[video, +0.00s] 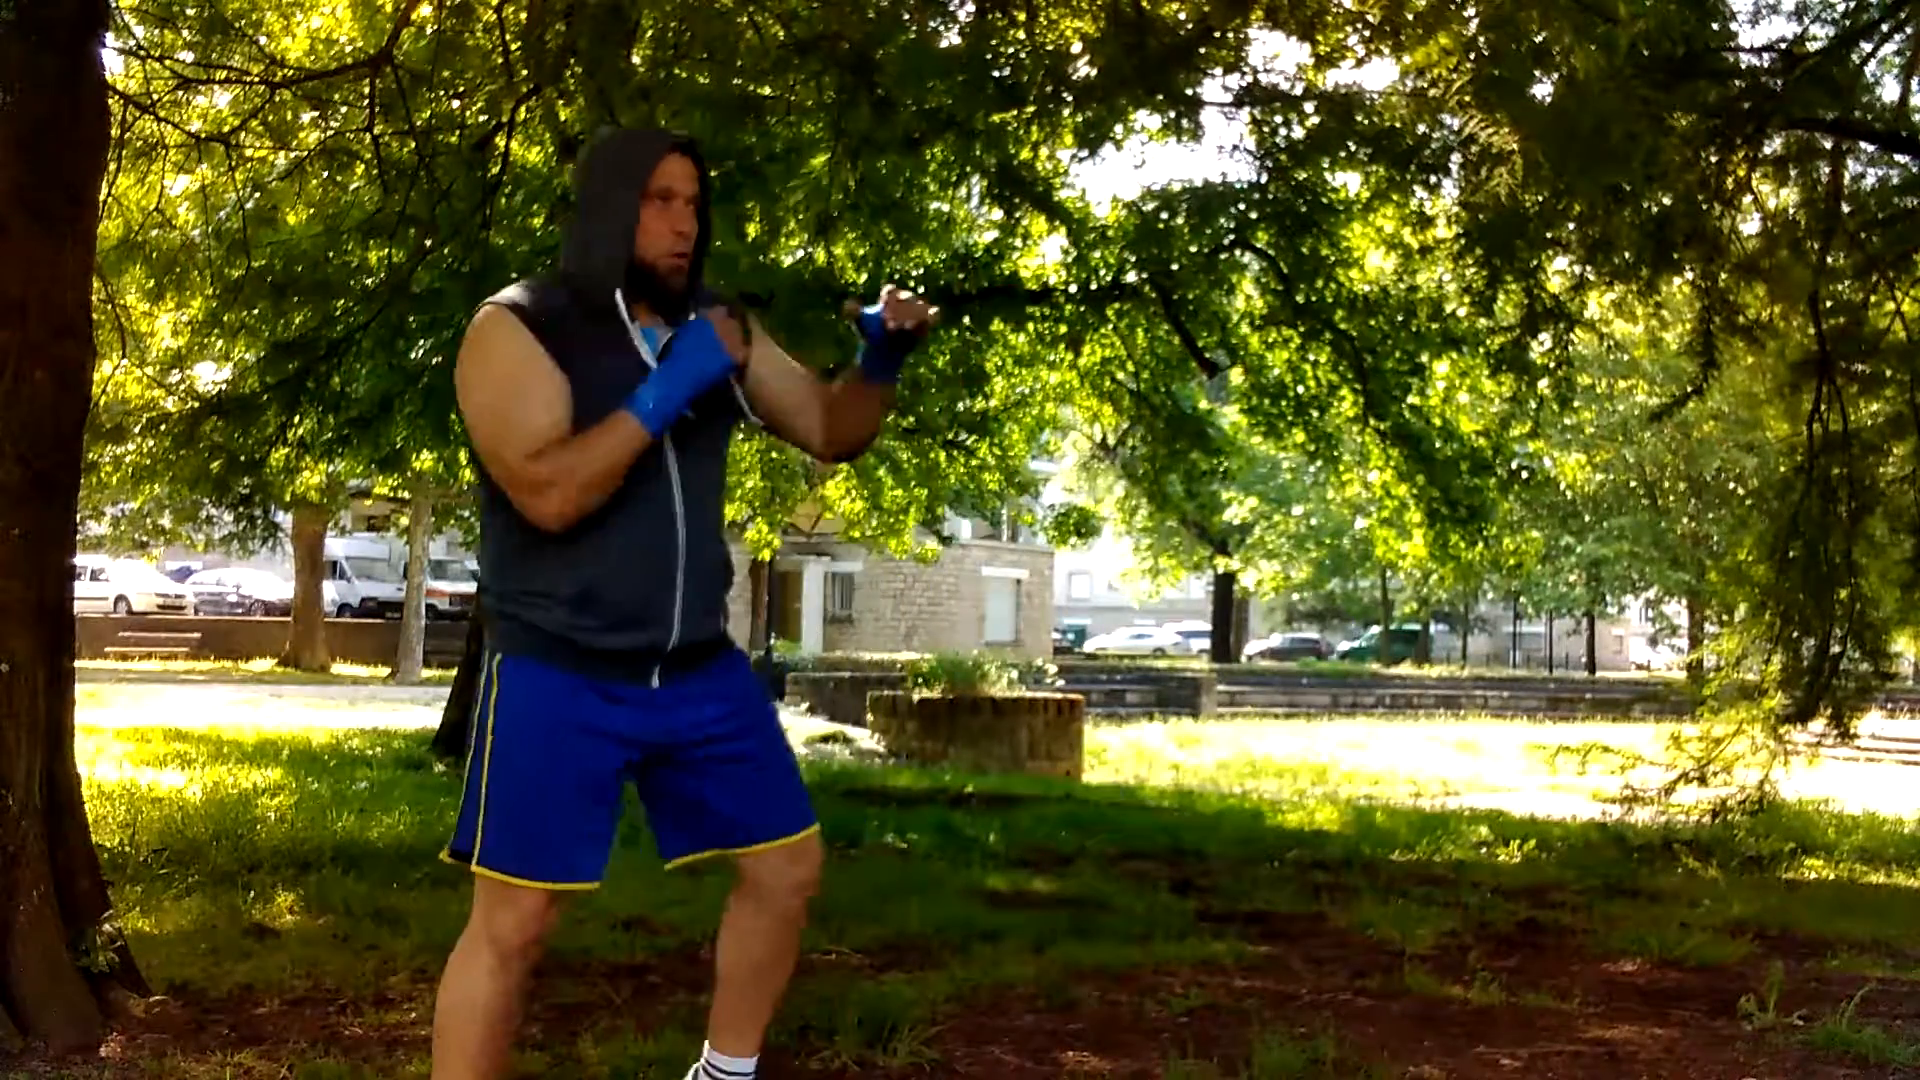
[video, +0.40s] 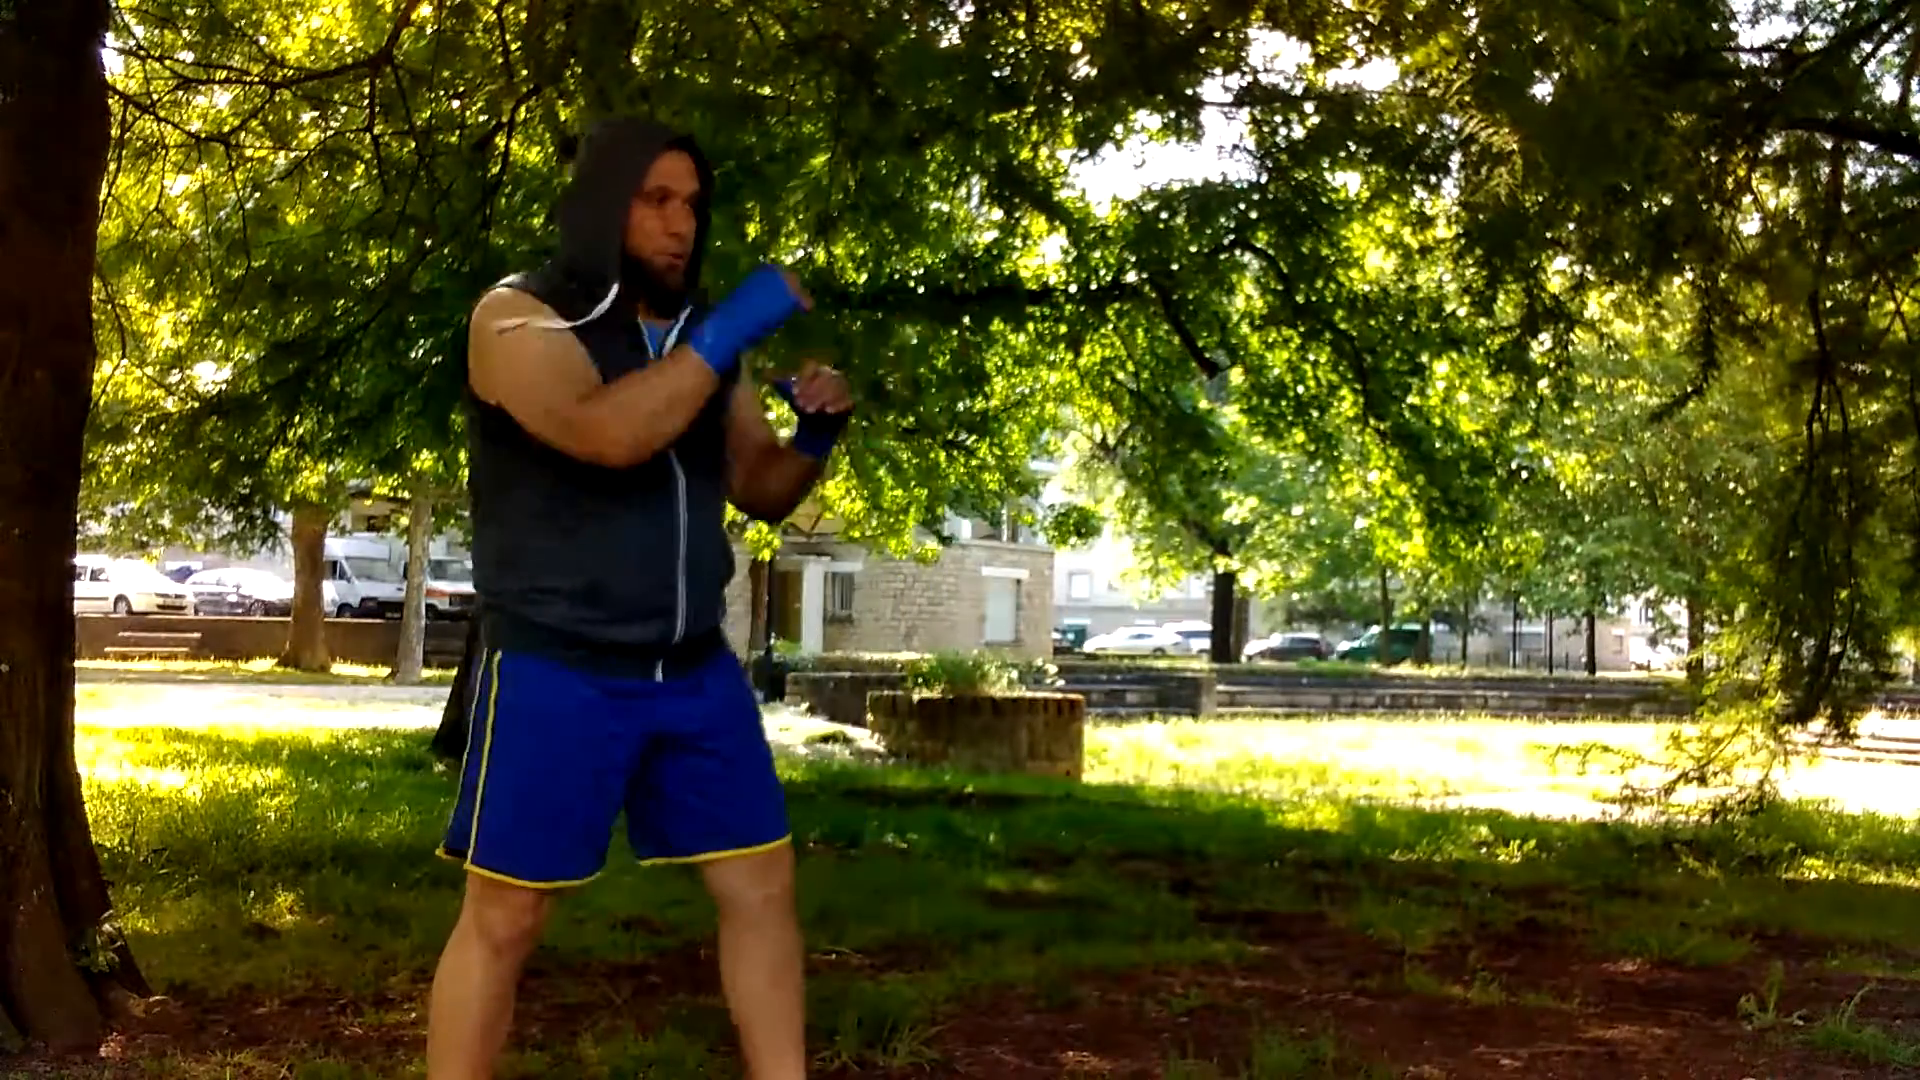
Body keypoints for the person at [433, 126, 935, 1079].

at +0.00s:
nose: (686, 223)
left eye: (695, 205)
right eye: (664, 201)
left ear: (701, 220)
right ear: (607, 208)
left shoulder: (714, 330)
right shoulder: (511, 330)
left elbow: (831, 430)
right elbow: (549, 493)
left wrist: (882, 354)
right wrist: (674, 380)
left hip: (699, 667)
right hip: (555, 669)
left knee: (785, 863)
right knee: (514, 921)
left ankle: (725, 1072)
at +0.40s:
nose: (682, 225)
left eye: (692, 206)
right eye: (660, 202)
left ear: (700, 220)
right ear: (603, 205)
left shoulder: (696, 336)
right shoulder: (513, 314)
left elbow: (760, 488)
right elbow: (604, 430)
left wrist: (812, 432)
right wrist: (726, 330)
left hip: (694, 669)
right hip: (555, 670)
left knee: (760, 883)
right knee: (503, 917)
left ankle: (781, 1075)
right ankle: (455, 1073)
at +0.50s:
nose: (701, 249)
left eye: (715, 232)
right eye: (682, 225)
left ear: (724, 240)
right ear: (626, 218)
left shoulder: (720, 353)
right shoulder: (544, 320)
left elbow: (803, 484)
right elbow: (700, 365)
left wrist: (869, 409)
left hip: (707, 679)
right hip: (566, 671)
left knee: (752, 907)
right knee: (519, 921)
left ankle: (779, 1078)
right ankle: (460, 1075)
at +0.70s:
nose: (821, 284)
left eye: (832, 265)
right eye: (807, 258)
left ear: (833, 264)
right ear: (750, 241)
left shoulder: (805, 359)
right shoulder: (638, 329)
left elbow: (877, 510)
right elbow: (692, 487)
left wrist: (909, 382)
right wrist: (827, 374)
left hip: (763, 679)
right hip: (638, 670)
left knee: (789, 909)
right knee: (592, 899)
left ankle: (797, 1077)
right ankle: (496, 1070)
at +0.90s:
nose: (864, 297)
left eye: (877, 282)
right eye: (850, 271)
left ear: (877, 286)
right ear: (794, 252)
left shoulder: (840, 372)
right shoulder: (679, 329)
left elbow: (880, 536)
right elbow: (694, 503)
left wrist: (933, 434)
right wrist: (829, 423)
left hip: (779, 679)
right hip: (651, 668)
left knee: (817, 907)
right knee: (597, 914)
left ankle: (808, 1078)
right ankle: (514, 1073)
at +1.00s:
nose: (864, 302)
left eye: (878, 290)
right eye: (855, 276)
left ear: (880, 293)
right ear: (804, 250)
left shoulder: (833, 378)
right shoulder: (703, 312)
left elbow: (894, 519)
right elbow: (856, 381)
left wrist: (943, 391)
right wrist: (995, 290)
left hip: (781, 685)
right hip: (646, 671)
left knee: (828, 905)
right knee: (582, 917)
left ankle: (810, 1078)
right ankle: (501, 1073)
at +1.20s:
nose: (859, 298)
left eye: (875, 282)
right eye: (843, 271)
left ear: (882, 284)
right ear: (787, 250)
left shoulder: (850, 375)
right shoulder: (666, 321)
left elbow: (905, 532)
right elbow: (726, 464)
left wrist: (942, 393)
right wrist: (861, 343)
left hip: (779, 684)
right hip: (644, 673)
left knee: (824, 909)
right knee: (584, 922)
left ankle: (810, 1077)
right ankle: (503, 1074)